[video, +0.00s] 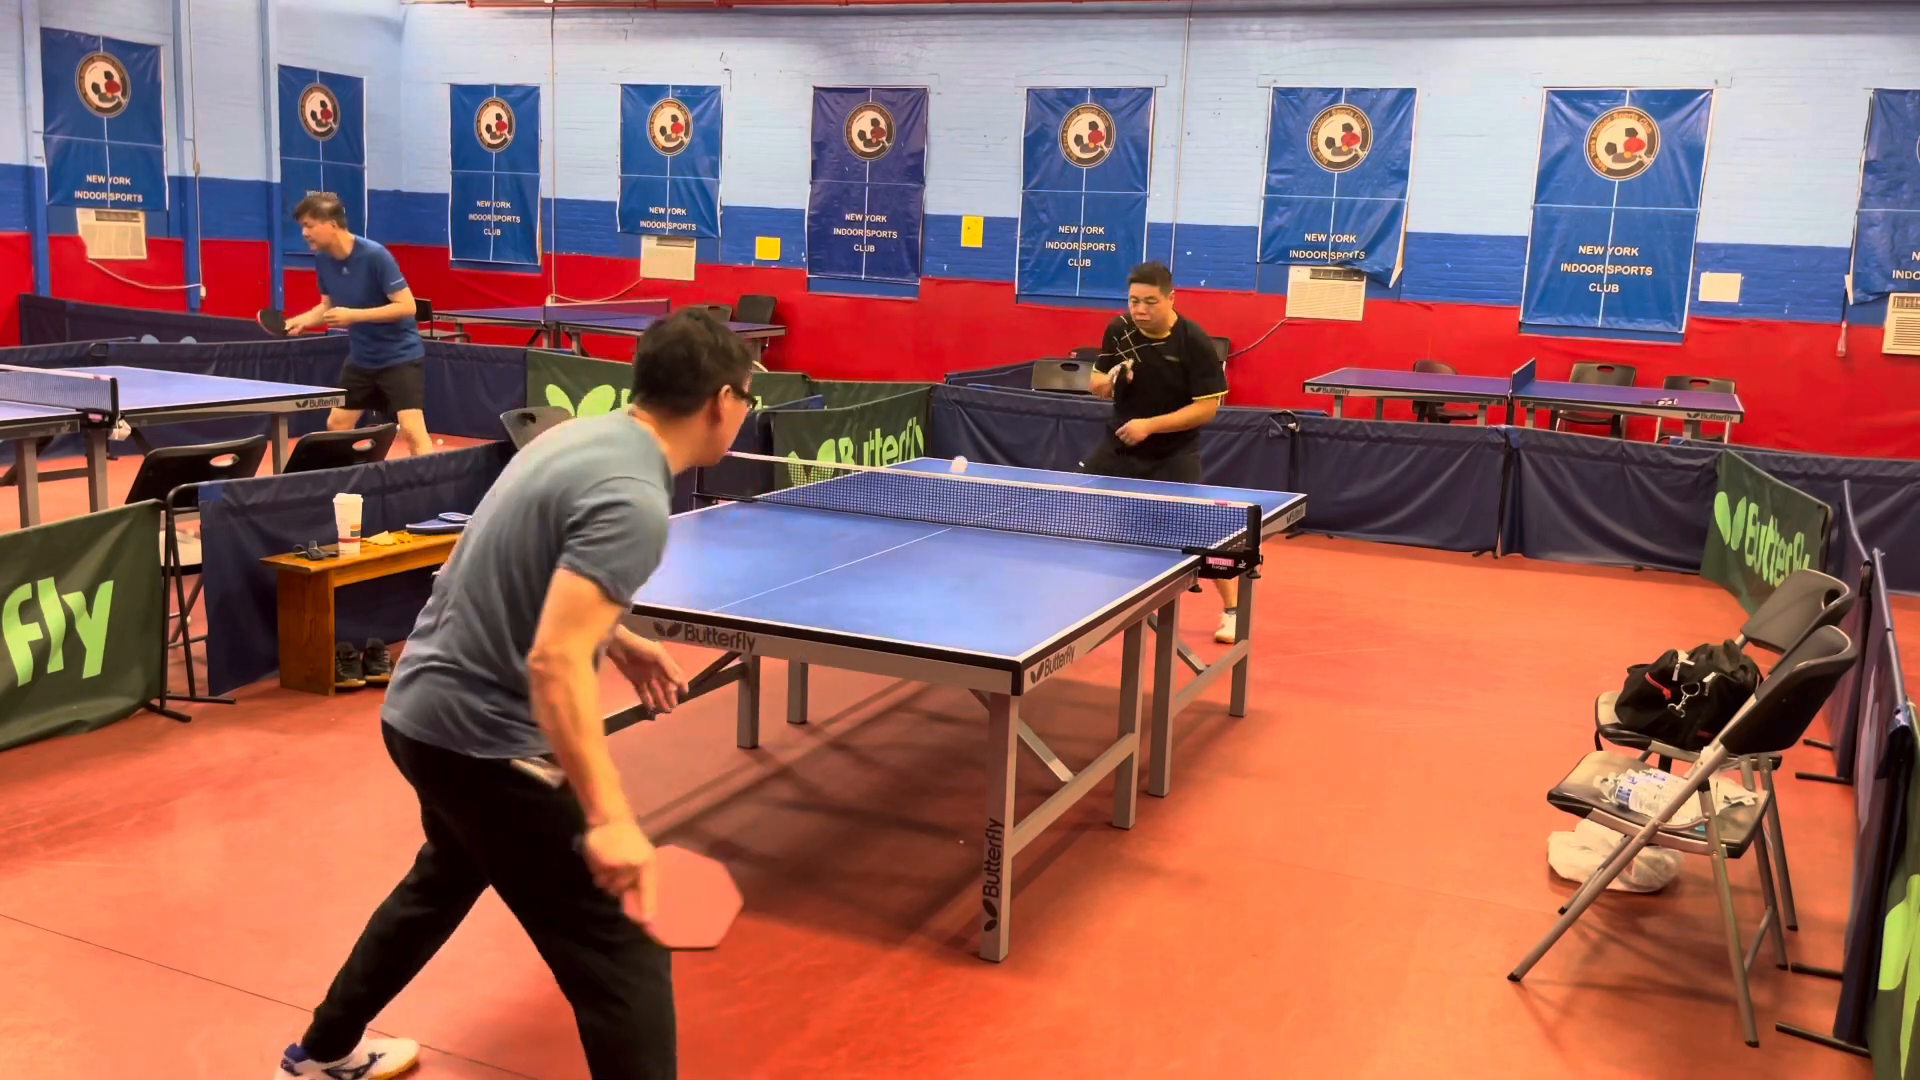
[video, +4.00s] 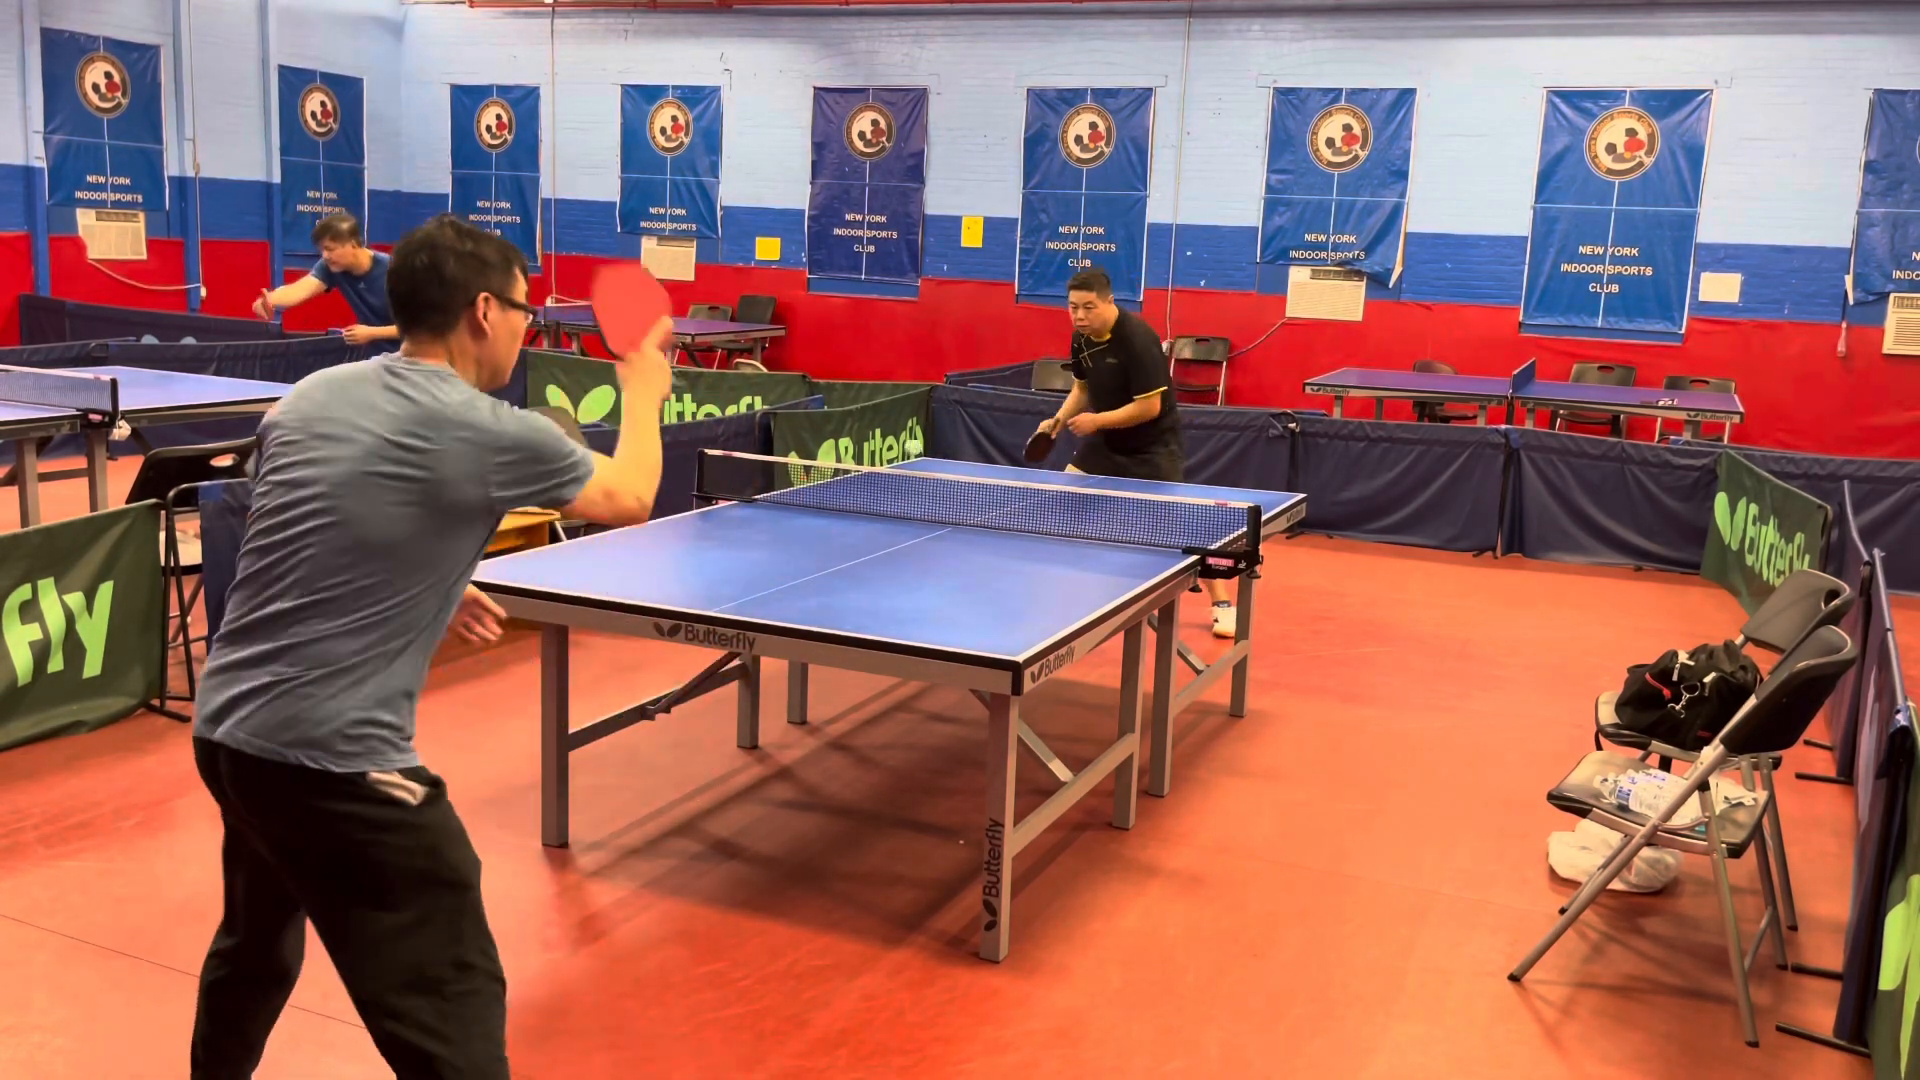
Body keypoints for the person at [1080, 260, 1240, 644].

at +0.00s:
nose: (1139, 310)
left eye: (1148, 302)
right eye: (1134, 301)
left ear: (1170, 299)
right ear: (1127, 298)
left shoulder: (1195, 341)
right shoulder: (1120, 329)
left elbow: (1208, 409)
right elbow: (1096, 385)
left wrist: (1149, 424)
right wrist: (1112, 379)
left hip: (1174, 452)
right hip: (1121, 445)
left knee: (1197, 522)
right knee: (1067, 497)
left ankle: (1231, 609)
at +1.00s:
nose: (1065, 323)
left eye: (1074, 314)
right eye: (1060, 314)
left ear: (1096, 309)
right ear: (1056, 312)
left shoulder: (1132, 342)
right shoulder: (1054, 351)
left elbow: (1157, 399)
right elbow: (1026, 410)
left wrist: (1106, 428)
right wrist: (1029, 393)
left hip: (1134, 448)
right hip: (1073, 447)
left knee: (1170, 512)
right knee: (1023, 500)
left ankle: (1196, 594)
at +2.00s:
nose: (1142, 320)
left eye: (1151, 312)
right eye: (1137, 312)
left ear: (1173, 309)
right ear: (1132, 313)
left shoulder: (1208, 349)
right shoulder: (1125, 355)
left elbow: (1229, 406)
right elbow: (1112, 419)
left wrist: (1180, 437)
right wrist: (1119, 411)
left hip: (1193, 458)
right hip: (1132, 455)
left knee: (1213, 523)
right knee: (1085, 507)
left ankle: (1247, 608)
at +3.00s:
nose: (1084, 325)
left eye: (1094, 316)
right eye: (1079, 316)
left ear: (1115, 313)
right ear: (1073, 315)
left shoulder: (1146, 350)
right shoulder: (1071, 353)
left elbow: (1165, 409)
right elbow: (1062, 405)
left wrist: (1112, 433)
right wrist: (1054, 427)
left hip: (1151, 447)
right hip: (1095, 445)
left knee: (1182, 512)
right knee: (1045, 497)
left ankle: (1210, 599)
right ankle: (1035, 585)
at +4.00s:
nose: (1078, 316)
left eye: (1087, 308)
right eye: (1073, 307)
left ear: (1109, 302)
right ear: (1069, 305)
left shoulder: (1139, 339)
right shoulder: (1082, 336)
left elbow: (1150, 407)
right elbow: (1081, 387)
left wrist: (1098, 420)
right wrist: (1057, 421)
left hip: (1153, 449)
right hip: (1104, 446)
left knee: (1181, 521)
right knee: (1056, 502)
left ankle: (1221, 602)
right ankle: (1042, 588)